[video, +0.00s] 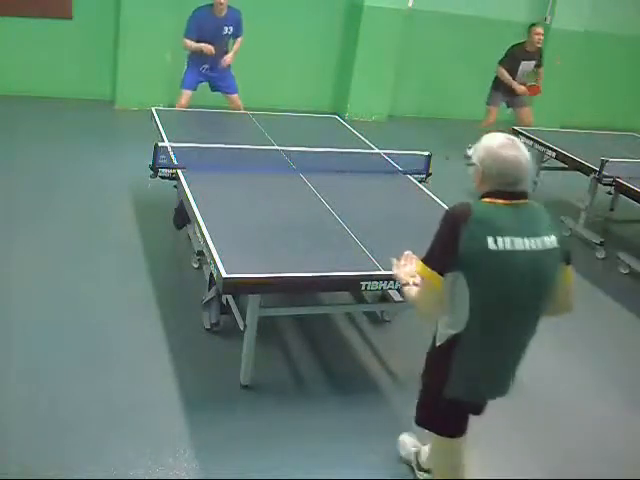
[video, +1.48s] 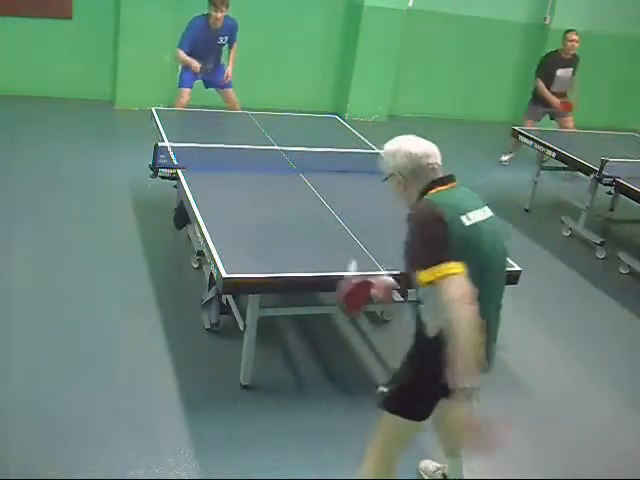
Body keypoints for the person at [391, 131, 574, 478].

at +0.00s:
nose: (472, 170)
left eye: (475, 164)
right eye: (474, 163)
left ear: (481, 173)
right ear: (525, 173)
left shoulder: (464, 217)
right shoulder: (544, 220)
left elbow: (431, 303)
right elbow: (561, 301)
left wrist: (409, 280)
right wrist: (514, 301)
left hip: (461, 348)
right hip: (508, 345)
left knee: (447, 426)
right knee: (460, 400)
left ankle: (445, 470)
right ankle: (434, 456)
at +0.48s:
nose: (427, 153)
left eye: (429, 147)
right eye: (428, 147)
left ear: (436, 150)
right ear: (472, 150)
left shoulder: (429, 184)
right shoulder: (499, 188)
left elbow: (413, 265)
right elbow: (524, 257)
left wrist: (391, 271)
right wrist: (500, 272)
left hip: (441, 316)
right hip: (482, 317)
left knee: (426, 422)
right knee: (434, 386)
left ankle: (431, 472)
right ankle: (424, 457)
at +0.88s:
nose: (390, 181)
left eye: (390, 172)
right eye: (389, 173)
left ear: (401, 169)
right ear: (431, 160)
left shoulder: (400, 199)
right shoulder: (474, 193)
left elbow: (373, 288)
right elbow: (498, 267)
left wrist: (359, 282)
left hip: (424, 329)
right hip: (469, 329)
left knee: (377, 428)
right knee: (421, 383)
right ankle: (424, 456)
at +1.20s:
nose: (380, 181)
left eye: (380, 172)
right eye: (378, 173)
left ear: (392, 169)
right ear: (427, 158)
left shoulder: (400, 207)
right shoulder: (469, 197)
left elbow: (360, 298)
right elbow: (466, 271)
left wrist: (316, 285)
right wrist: (394, 282)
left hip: (412, 342)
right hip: (459, 338)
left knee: (371, 433)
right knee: (430, 399)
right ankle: (435, 466)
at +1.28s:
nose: (382, 183)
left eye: (382, 174)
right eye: (380, 174)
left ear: (395, 174)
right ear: (428, 161)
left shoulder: (407, 209)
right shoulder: (468, 196)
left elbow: (376, 299)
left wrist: (312, 326)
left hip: (419, 345)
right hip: (461, 339)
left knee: (374, 435)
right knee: (430, 398)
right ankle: (442, 469)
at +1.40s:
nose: (388, 185)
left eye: (388, 177)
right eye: (386, 178)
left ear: (403, 174)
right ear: (429, 164)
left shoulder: (420, 213)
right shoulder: (467, 197)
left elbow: (427, 306)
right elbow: (470, 275)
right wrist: (403, 297)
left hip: (437, 349)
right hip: (468, 343)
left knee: (391, 411)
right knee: (438, 399)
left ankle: (371, 472)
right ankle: (454, 470)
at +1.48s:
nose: (391, 187)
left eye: (391, 179)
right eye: (389, 180)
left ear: (404, 178)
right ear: (434, 168)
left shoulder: (428, 212)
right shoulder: (468, 200)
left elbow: (461, 303)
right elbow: (452, 268)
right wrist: (395, 284)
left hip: (441, 348)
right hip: (474, 341)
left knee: (385, 444)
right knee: (449, 415)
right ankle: (455, 471)